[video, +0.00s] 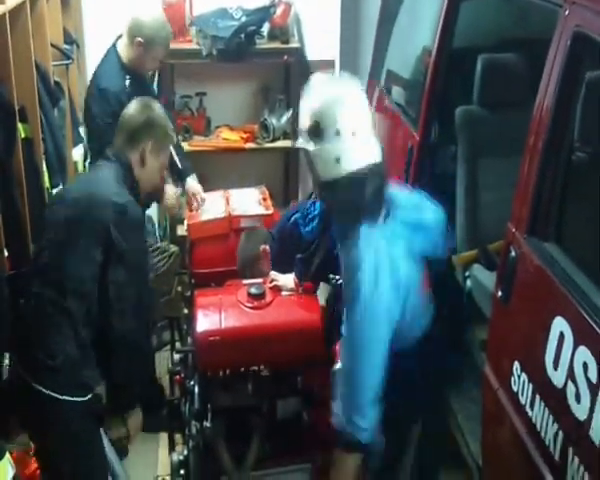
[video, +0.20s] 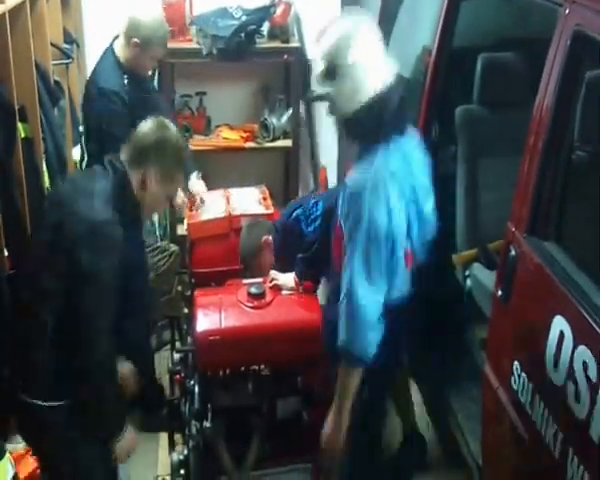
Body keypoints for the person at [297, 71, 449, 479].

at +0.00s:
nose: (351, 201)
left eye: (363, 185)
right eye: (339, 190)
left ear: (378, 177)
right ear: (322, 188)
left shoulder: (372, 242)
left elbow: (366, 340)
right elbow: (438, 226)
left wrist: (351, 441)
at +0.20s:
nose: (330, 113)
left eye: (334, 104)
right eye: (329, 102)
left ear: (351, 110)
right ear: (390, 94)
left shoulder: (369, 184)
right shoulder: (409, 145)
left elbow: (364, 304)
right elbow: (424, 228)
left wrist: (340, 410)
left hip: (373, 311)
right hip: (406, 295)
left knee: (359, 421)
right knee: (390, 381)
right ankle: (407, 438)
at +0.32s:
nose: (337, 113)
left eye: (339, 103)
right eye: (335, 103)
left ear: (352, 106)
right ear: (396, 84)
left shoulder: (373, 187)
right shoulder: (420, 150)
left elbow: (375, 316)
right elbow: (410, 245)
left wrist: (345, 412)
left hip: (341, 332)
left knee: (321, 434)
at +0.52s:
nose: (339, 162)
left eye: (342, 150)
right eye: (337, 151)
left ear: (358, 147)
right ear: (387, 127)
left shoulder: (378, 221)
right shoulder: (409, 181)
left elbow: (365, 345)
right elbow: (432, 280)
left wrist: (338, 442)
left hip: (333, 346)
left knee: (304, 442)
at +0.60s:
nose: (337, 153)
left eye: (341, 143)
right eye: (335, 143)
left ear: (356, 135)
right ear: (377, 120)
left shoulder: (380, 213)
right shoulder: (404, 169)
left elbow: (367, 324)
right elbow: (428, 254)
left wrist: (334, 424)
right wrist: (391, 310)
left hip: (338, 328)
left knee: (311, 435)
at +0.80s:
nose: (306, 94)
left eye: (313, 79)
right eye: (309, 79)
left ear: (333, 86)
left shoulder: (383, 170)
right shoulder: (345, 155)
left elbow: (371, 306)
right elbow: (328, 253)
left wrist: (310, 411)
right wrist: (274, 325)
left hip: (389, 345)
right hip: (354, 334)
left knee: (379, 457)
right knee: (353, 449)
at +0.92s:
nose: (323, 183)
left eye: (334, 169)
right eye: (316, 169)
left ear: (358, 156)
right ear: (307, 160)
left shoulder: (380, 212)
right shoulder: (329, 208)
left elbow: (371, 349)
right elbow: (294, 291)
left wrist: (300, 440)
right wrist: (242, 361)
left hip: (400, 382)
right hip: (358, 369)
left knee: (390, 470)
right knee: (348, 468)